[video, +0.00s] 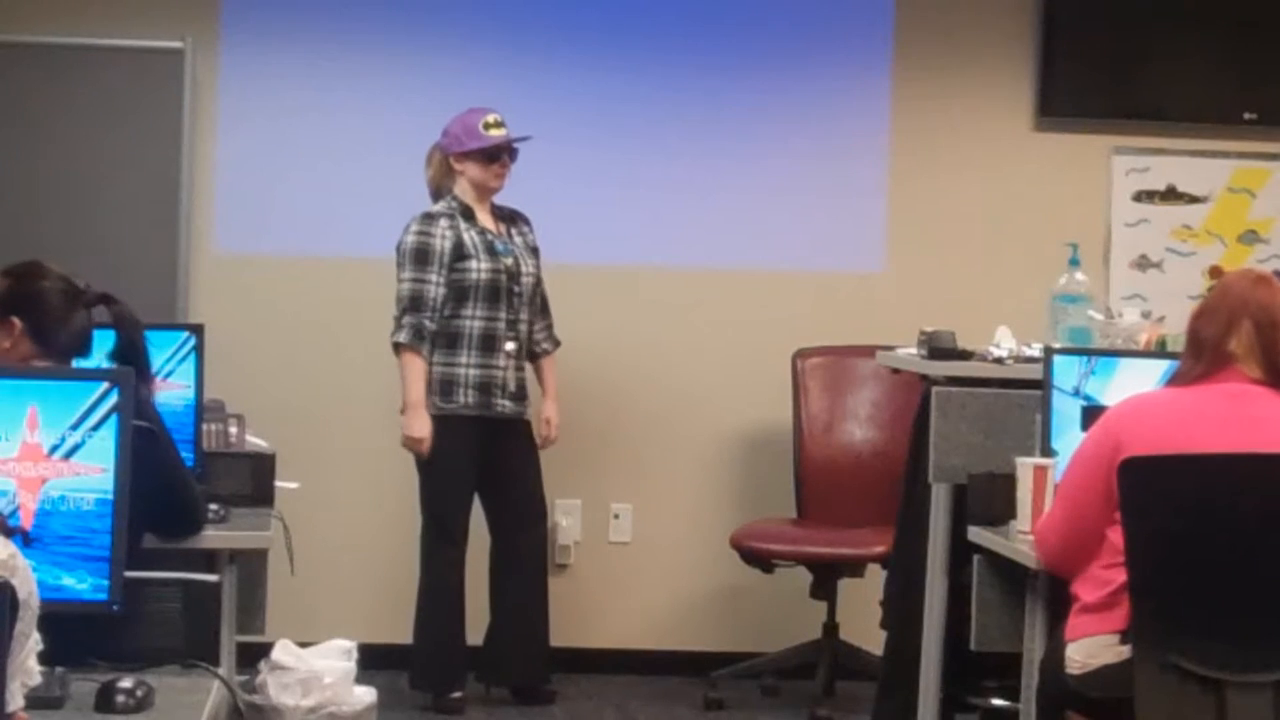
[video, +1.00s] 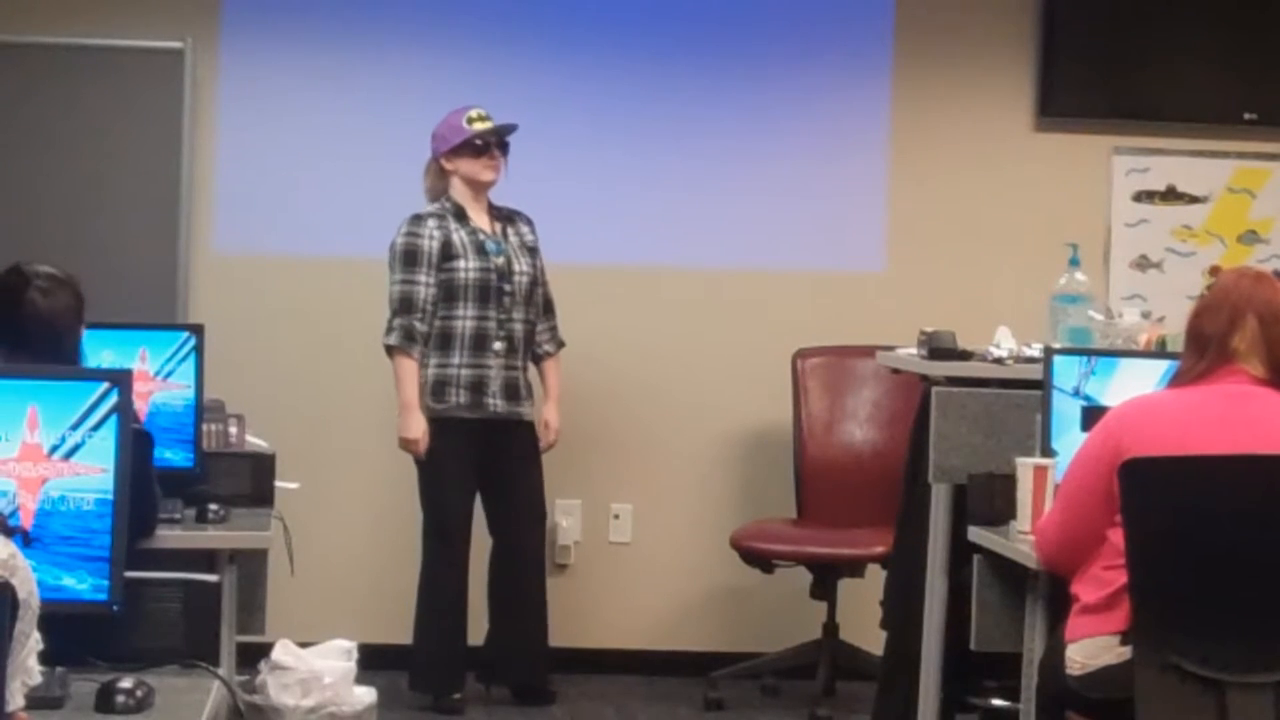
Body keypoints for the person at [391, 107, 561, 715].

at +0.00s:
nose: (502, 165)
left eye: (506, 156)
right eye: (489, 156)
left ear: (507, 163)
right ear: (456, 160)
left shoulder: (518, 231)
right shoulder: (429, 227)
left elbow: (538, 321)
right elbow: (412, 326)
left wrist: (549, 394)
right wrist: (414, 406)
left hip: (509, 416)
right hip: (448, 416)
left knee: (523, 541)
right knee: (446, 547)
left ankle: (517, 671)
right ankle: (440, 679)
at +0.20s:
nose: (501, 164)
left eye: (506, 156)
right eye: (488, 156)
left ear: (508, 162)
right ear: (454, 160)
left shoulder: (517, 231)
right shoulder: (428, 228)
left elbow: (540, 321)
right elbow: (415, 329)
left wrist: (556, 394)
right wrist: (438, 403)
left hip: (506, 414)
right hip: (445, 412)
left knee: (523, 539)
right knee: (448, 546)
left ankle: (520, 672)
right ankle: (442, 680)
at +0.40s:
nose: (504, 158)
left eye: (507, 150)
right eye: (490, 151)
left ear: (509, 160)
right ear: (456, 159)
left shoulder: (521, 231)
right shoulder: (428, 229)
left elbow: (539, 322)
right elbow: (416, 328)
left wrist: (547, 398)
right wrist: (440, 404)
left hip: (507, 416)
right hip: (443, 414)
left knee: (520, 540)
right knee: (446, 546)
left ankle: (517, 672)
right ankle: (441, 680)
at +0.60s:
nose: (501, 158)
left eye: (504, 149)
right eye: (487, 150)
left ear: (505, 159)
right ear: (453, 158)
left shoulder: (519, 229)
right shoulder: (425, 227)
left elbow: (539, 320)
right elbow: (410, 326)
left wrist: (547, 394)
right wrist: (419, 403)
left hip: (511, 416)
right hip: (447, 415)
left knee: (521, 546)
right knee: (448, 550)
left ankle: (515, 674)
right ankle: (440, 680)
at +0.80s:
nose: (499, 159)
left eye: (503, 151)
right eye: (485, 151)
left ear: (505, 161)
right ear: (451, 160)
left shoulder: (519, 231)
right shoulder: (423, 230)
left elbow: (541, 321)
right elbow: (402, 329)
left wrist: (551, 393)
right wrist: (409, 407)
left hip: (512, 419)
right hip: (447, 419)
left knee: (529, 540)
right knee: (448, 549)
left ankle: (518, 673)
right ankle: (438, 681)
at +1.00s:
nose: (493, 157)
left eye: (497, 148)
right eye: (478, 149)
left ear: (501, 159)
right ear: (447, 160)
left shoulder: (518, 230)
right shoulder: (422, 229)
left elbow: (542, 320)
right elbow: (404, 329)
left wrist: (551, 397)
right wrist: (410, 409)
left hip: (513, 417)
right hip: (447, 418)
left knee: (522, 547)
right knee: (447, 552)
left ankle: (519, 673)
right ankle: (439, 681)